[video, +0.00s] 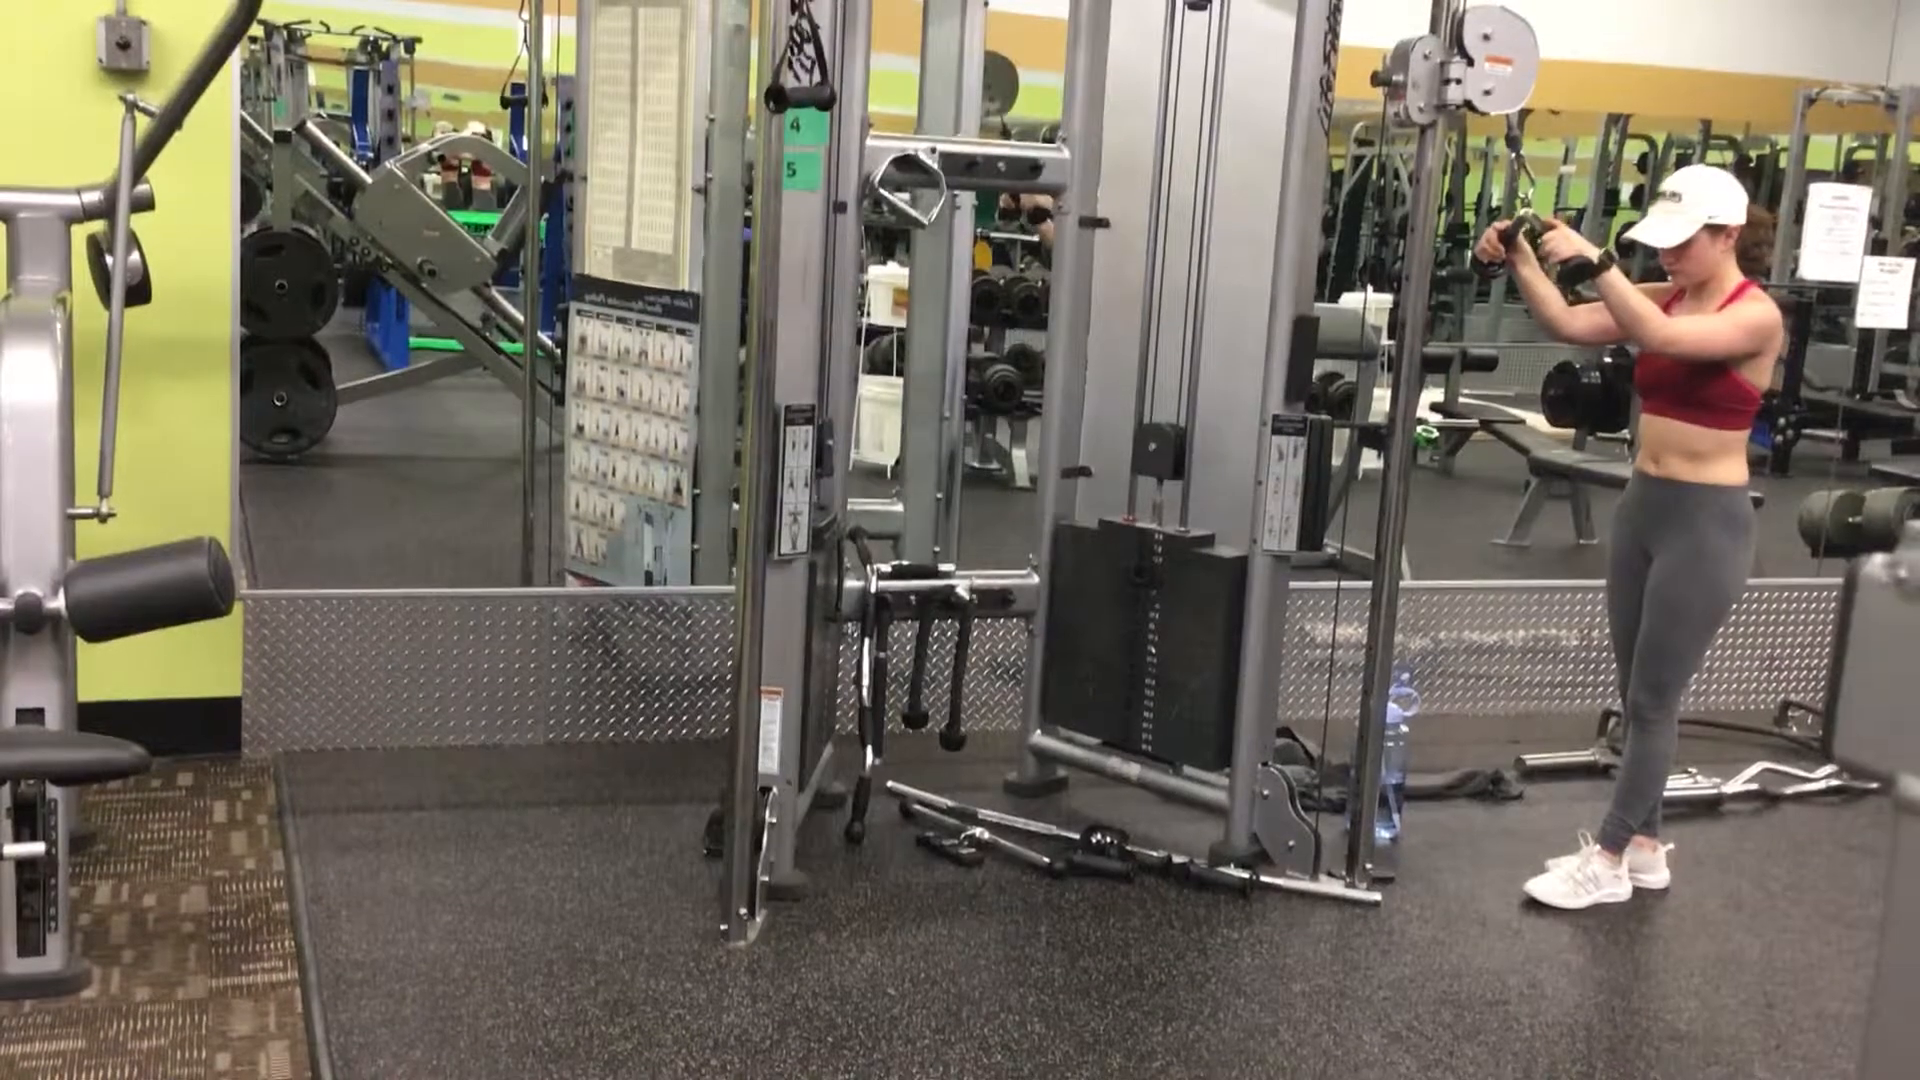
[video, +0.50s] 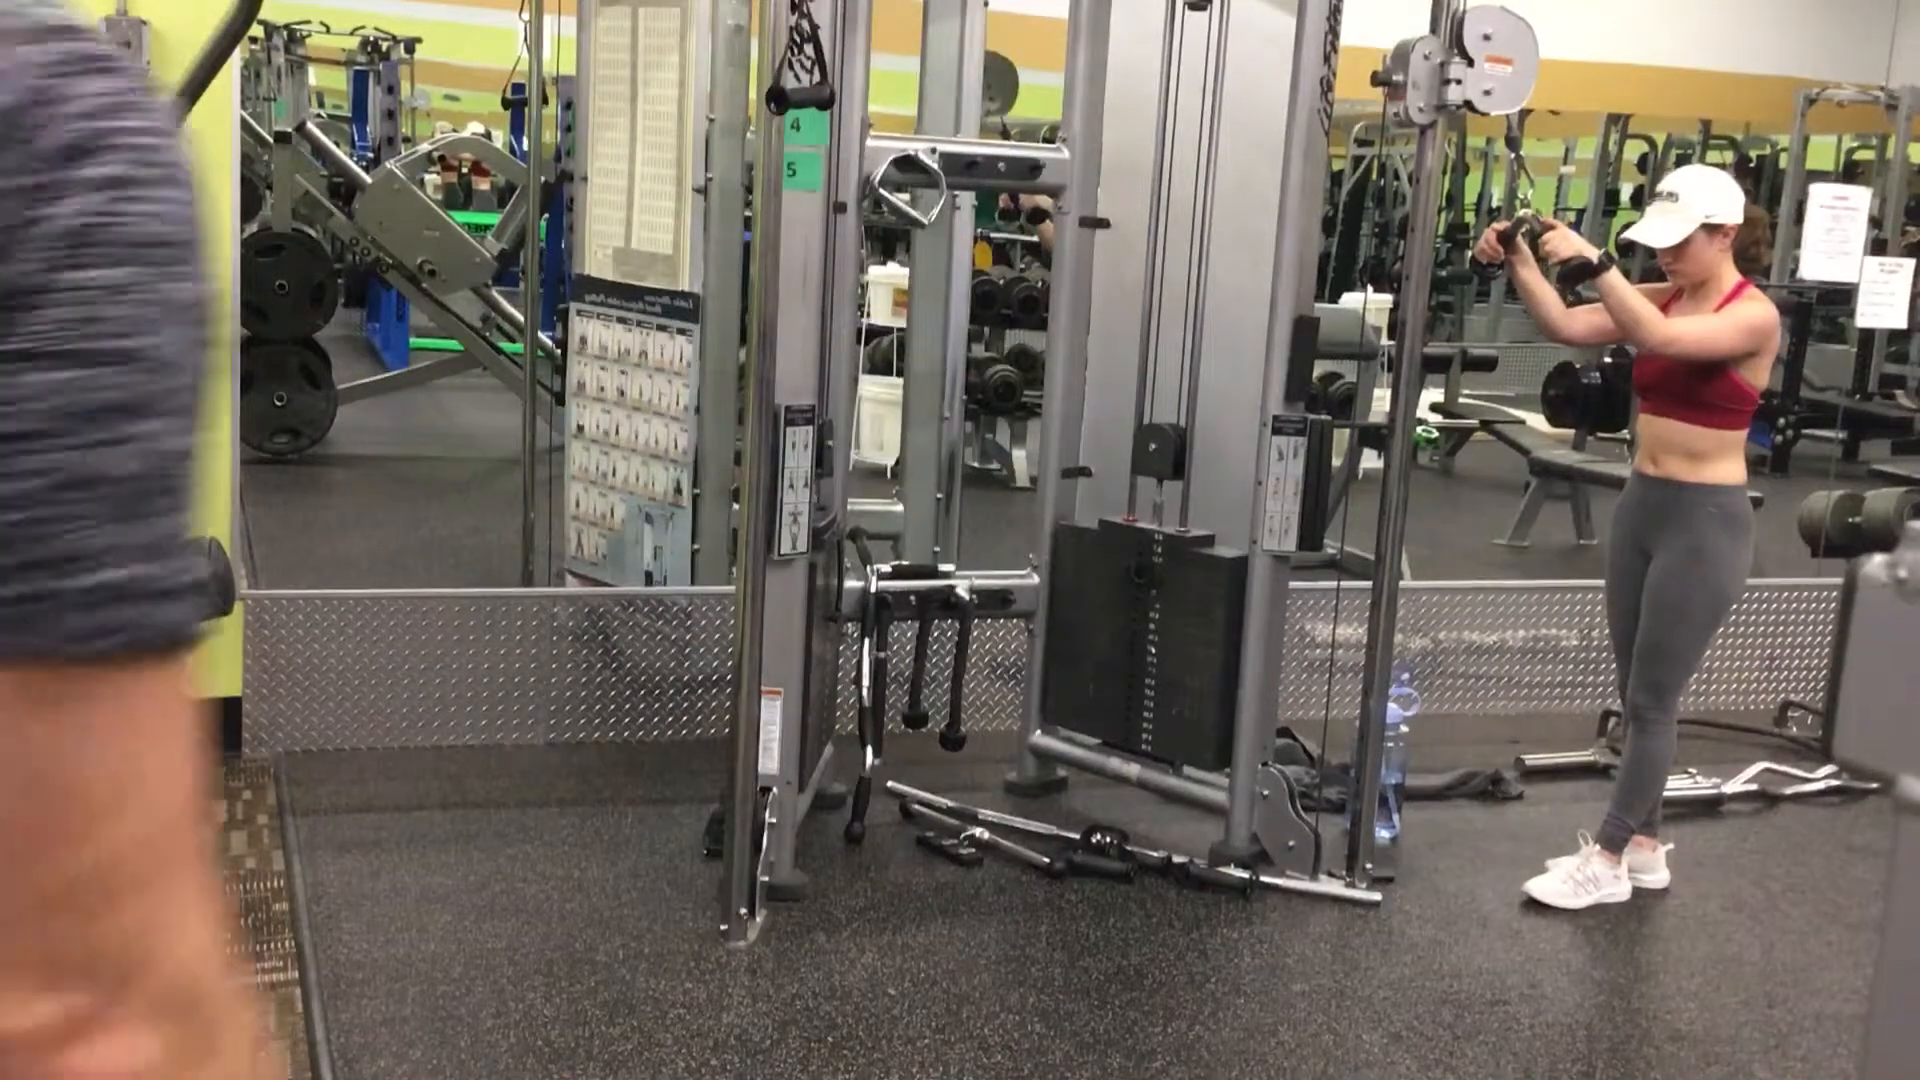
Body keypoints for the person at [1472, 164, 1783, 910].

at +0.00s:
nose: (1667, 255)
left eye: (1680, 241)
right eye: (1663, 243)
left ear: (1727, 235)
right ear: (1664, 241)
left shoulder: (1758, 315)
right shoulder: (1665, 299)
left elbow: (1661, 335)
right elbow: (1568, 322)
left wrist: (1593, 260)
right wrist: (1518, 261)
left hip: (1707, 523)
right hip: (1641, 508)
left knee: (1653, 700)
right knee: (1638, 691)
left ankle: (1607, 858)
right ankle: (1644, 844)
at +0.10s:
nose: (1666, 254)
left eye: (1679, 240)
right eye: (1661, 242)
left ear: (1726, 235)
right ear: (1663, 240)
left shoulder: (1757, 315)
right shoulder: (1663, 299)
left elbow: (1660, 335)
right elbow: (1566, 323)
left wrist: (1592, 262)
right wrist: (1518, 259)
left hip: (1706, 523)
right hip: (1640, 508)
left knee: (1652, 700)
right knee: (1638, 692)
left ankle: (1606, 858)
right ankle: (1644, 844)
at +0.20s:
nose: (1665, 254)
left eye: (1678, 240)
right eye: (1660, 242)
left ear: (1726, 234)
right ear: (1662, 240)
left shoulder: (1756, 315)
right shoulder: (1663, 299)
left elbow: (1660, 336)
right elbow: (1566, 323)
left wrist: (1593, 262)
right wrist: (1518, 258)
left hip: (1707, 523)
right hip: (1640, 508)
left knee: (1652, 701)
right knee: (1637, 693)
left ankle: (1607, 859)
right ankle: (1645, 845)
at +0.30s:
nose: (1665, 254)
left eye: (1678, 240)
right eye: (1660, 242)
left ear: (1726, 235)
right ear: (1662, 240)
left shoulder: (1756, 316)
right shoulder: (1662, 299)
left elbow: (1659, 336)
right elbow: (1565, 324)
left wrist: (1592, 262)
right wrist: (1517, 259)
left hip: (1706, 523)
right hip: (1640, 508)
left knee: (1652, 701)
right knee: (1638, 692)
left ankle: (1606, 859)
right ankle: (1644, 844)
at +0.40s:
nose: (1664, 254)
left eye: (1677, 240)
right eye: (1659, 242)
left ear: (1725, 234)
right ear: (1661, 240)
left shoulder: (1756, 315)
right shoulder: (1661, 299)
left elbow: (1659, 336)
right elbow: (1565, 324)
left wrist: (1592, 262)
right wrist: (1517, 259)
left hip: (1706, 523)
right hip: (1639, 508)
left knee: (1652, 701)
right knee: (1637, 692)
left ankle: (1606, 859)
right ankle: (1644, 845)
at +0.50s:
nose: (1664, 254)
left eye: (1677, 240)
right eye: (1659, 242)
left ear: (1725, 234)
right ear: (1661, 240)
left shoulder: (1756, 315)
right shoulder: (1661, 299)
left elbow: (1659, 336)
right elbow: (1565, 324)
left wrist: (1592, 263)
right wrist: (1517, 259)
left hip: (1706, 523)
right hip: (1639, 508)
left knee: (1652, 701)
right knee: (1637, 692)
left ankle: (1607, 859)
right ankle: (1644, 844)